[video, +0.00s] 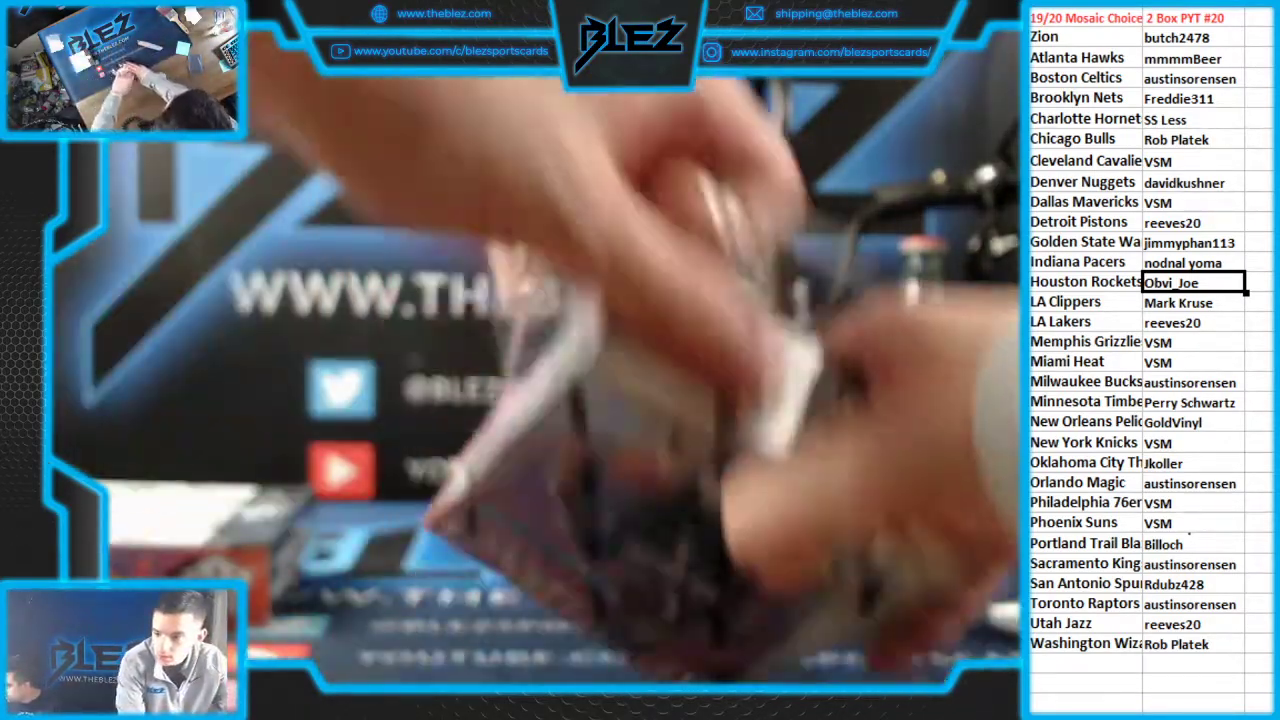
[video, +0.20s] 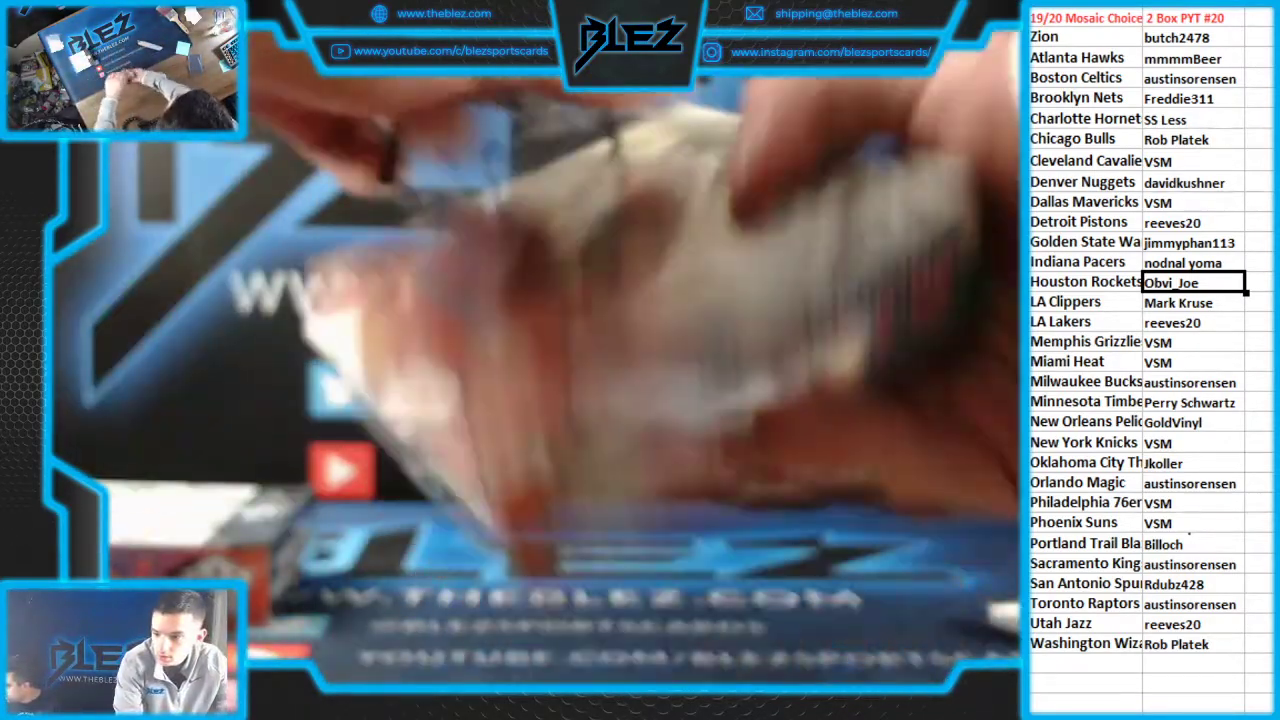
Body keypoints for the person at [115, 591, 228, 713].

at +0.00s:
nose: (164, 647)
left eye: (176, 637)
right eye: (157, 634)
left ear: (200, 637)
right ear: (151, 629)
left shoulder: (215, 661)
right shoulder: (133, 661)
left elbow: (222, 710)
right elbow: (130, 713)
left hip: (197, 713)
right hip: (154, 713)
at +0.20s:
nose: (164, 647)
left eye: (176, 637)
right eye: (156, 634)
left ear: (200, 637)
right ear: (151, 629)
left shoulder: (215, 662)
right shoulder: (133, 662)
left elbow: (221, 713)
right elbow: (127, 714)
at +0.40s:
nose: (166, 648)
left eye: (178, 638)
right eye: (159, 635)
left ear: (202, 638)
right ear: (153, 629)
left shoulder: (215, 662)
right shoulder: (135, 662)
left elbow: (217, 714)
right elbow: (128, 715)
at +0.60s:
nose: (168, 649)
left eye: (180, 638)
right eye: (161, 636)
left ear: (204, 638)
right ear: (155, 630)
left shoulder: (216, 661)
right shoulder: (136, 662)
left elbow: (218, 713)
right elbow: (128, 715)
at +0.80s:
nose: (168, 648)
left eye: (180, 637)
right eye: (161, 635)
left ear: (205, 638)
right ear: (155, 630)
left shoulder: (216, 660)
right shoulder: (137, 662)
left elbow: (219, 712)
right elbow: (131, 714)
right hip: (157, 712)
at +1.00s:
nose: (167, 647)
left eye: (179, 637)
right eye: (160, 634)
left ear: (204, 637)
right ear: (154, 629)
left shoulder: (217, 660)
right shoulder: (136, 662)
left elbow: (219, 713)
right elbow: (129, 714)